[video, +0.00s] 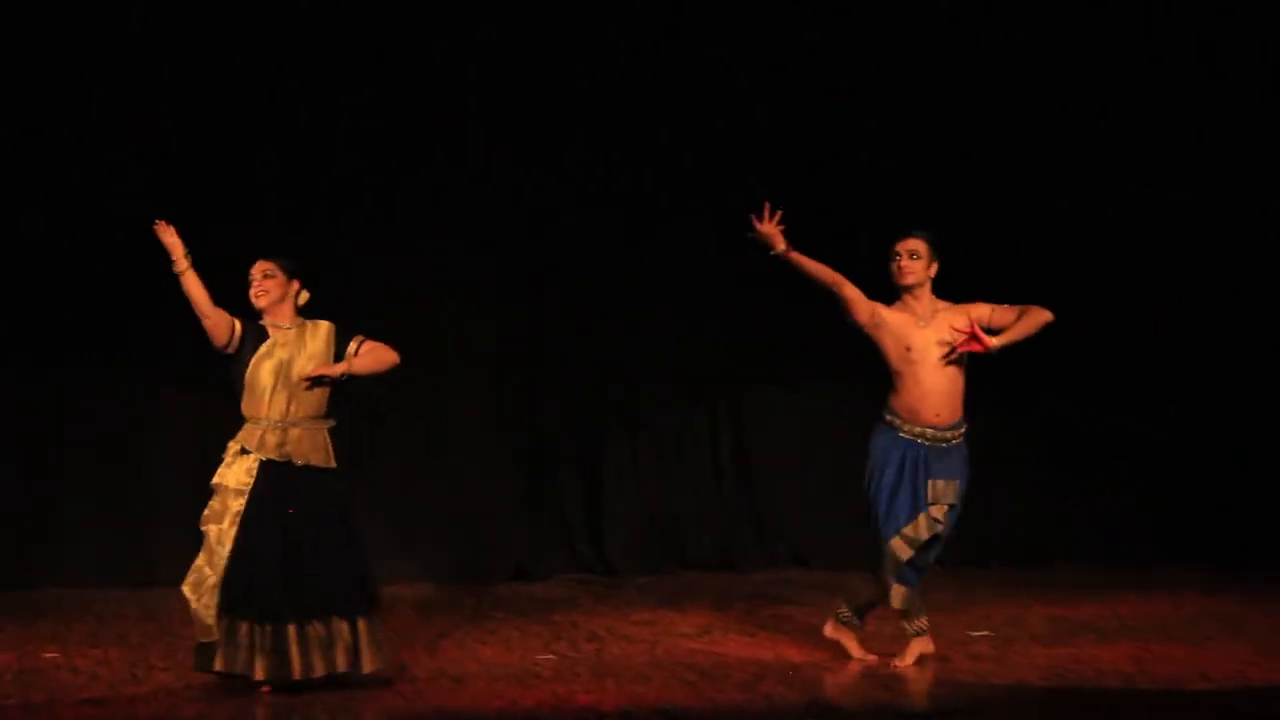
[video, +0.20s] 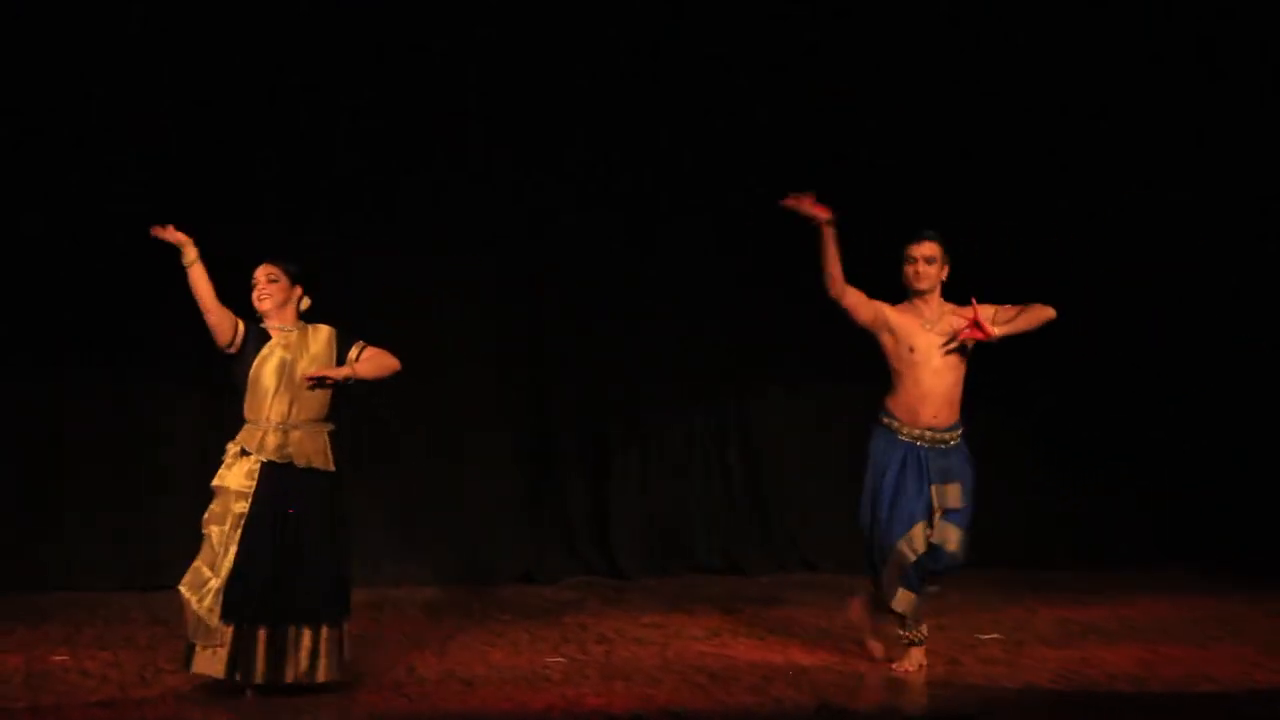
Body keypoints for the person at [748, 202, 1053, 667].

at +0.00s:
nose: (902, 264)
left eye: (912, 257)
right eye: (897, 258)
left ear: (933, 268)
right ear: (892, 270)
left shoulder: (964, 315)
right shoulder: (881, 318)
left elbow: (1040, 315)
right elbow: (837, 283)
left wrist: (998, 340)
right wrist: (783, 251)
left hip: (949, 444)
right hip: (898, 438)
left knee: (928, 538)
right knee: (897, 536)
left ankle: (847, 618)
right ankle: (918, 633)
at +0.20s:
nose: (919, 270)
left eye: (929, 262)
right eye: (912, 262)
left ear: (945, 270)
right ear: (902, 269)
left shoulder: (965, 317)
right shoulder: (887, 318)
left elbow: (1045, 312)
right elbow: (837, 289)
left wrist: (992, 330)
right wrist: (827, 227)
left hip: (948, 447)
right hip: (898, 444)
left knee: (948, 548)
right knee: (906, 544)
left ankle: (871, 602)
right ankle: (915, 642)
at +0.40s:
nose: (940, 291)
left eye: (947, 283)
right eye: (932, 283)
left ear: (954, 280)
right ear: (913, 279)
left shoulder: (966, 313)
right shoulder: (891, 321)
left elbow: (1039, 298)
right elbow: (837, 316)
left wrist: (996, 324)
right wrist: (897, 299)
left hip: (953, 439)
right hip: (901, 439)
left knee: (975, 521)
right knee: (906, 543)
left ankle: (925, 550)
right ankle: (916, 640)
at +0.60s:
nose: (949, 287)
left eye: (955, 279)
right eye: (940, 280)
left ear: (963, 271)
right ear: (920, 273)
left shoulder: (977, 303)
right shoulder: (897, 306)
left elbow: (1049, 305)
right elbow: (843, 333)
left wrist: (1006, 340)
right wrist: (898, 358)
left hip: (965, 430)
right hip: (914, 432)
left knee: (970, 531)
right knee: (918, 532)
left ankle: (956, 640)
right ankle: (919, 636)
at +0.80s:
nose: (939, 283)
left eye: (948, 275)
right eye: (931, 274)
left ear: (961, 277)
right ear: (920, 275)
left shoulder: (978, 305)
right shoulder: (897, 320)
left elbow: (1029, 254)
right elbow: (838, 375)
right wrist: (868, 344)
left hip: (966, 437)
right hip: (914, 440)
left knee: (975, 538)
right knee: (924, 544)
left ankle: (960, 630)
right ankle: (927, 645)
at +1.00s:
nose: (920, 266)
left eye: (931, 258)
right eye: (919, 258)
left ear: (960, 265)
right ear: (922, 265)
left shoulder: (986, 298)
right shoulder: (906, 315)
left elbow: (998, 222)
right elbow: (836, 324)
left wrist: (969, 165)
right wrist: (766, 327)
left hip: (973, 438)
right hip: (920, 437)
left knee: (981, 538)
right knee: (918, 539)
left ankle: (969, 641)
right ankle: (924, 639)